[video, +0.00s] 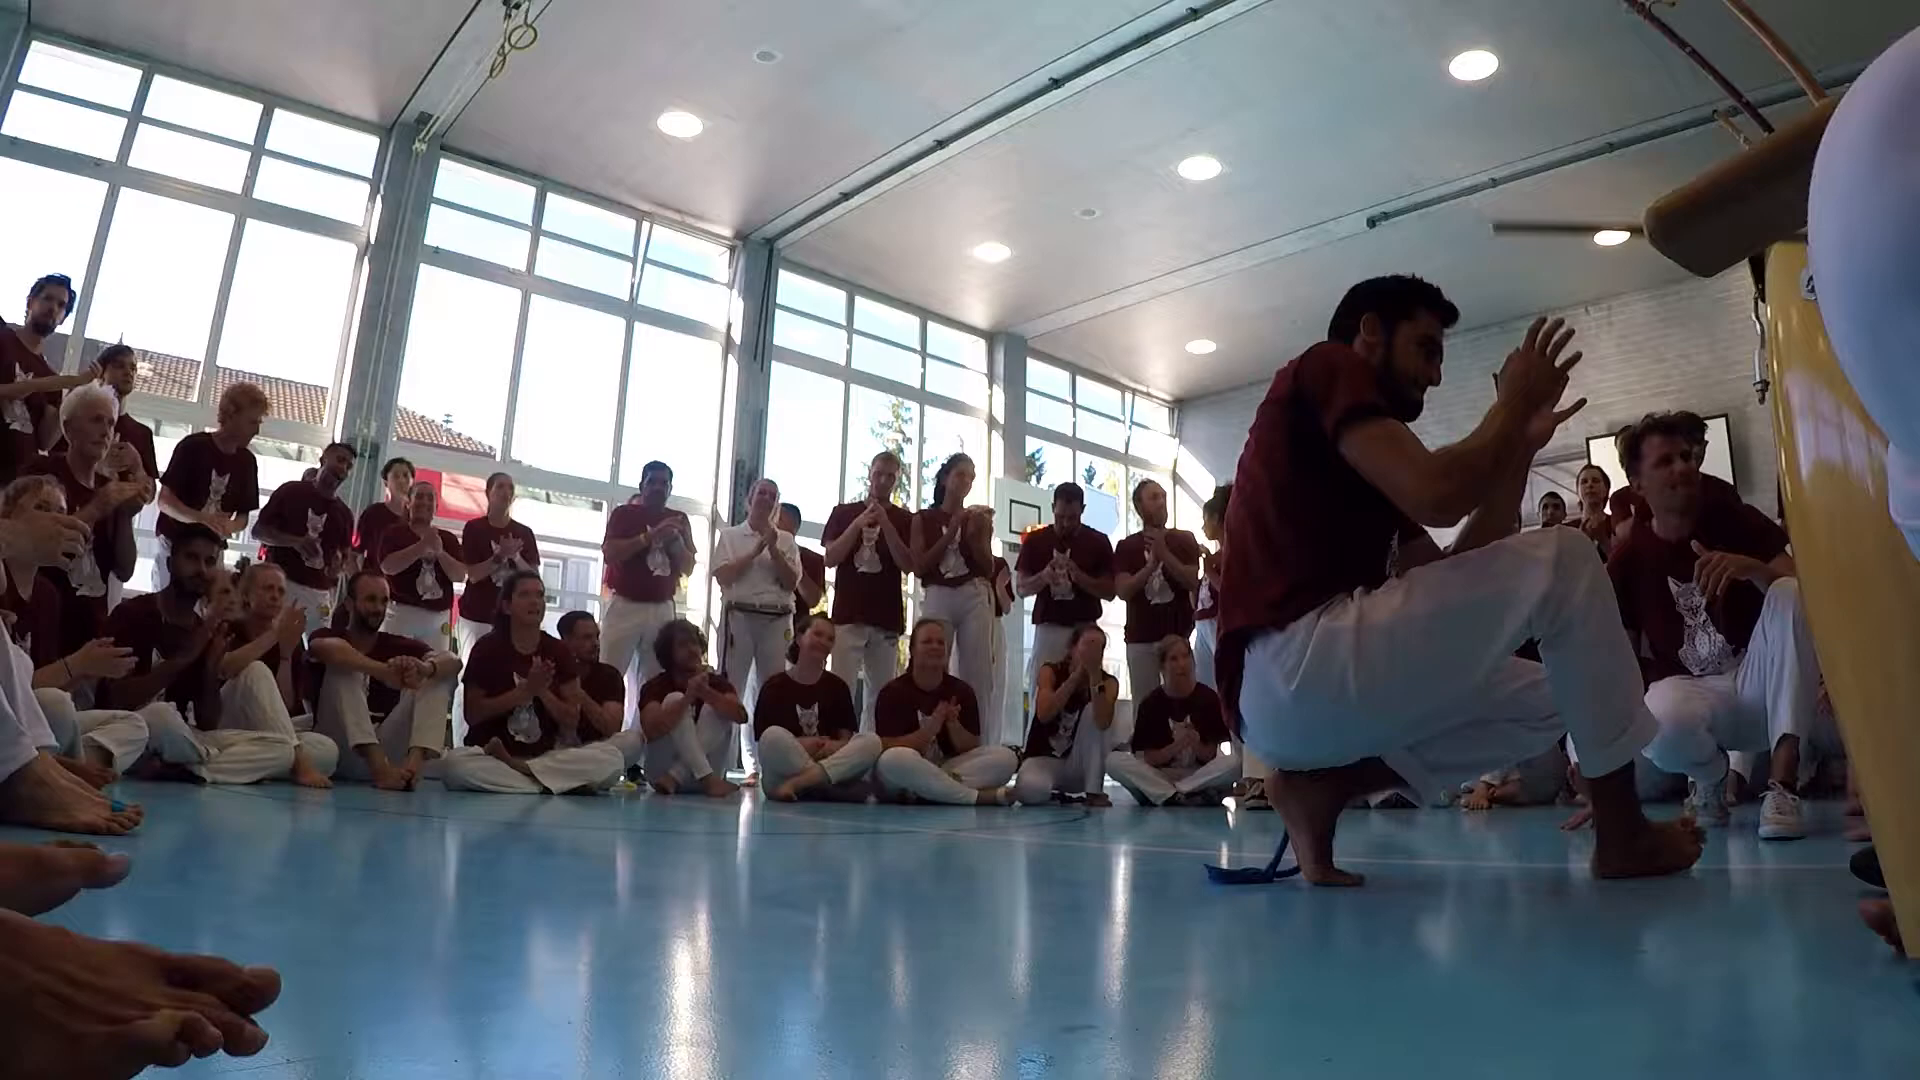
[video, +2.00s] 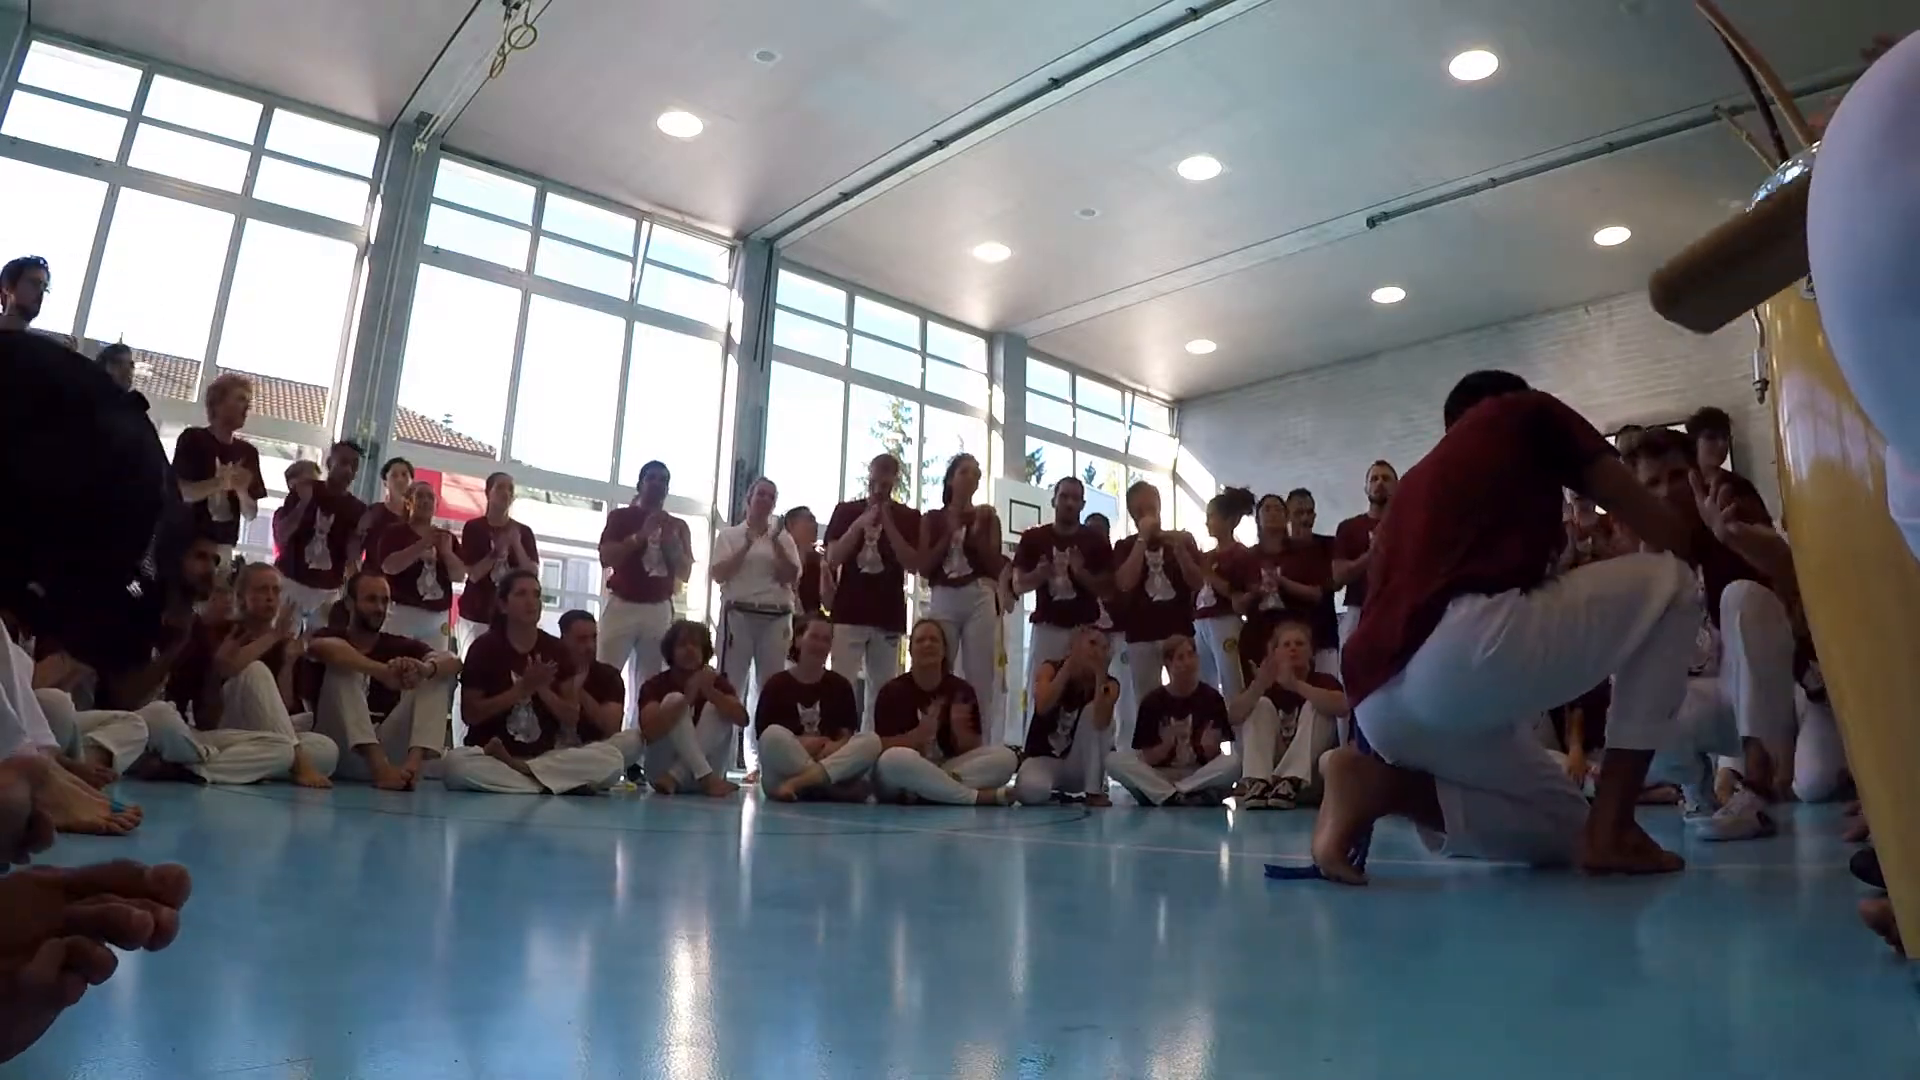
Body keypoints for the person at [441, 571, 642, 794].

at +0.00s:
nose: (535, 602)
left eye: (540, 596)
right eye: (525, 596)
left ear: (546, 603)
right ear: (506, 605)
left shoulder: (559, 649)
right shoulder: (486, 648)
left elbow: (572, 719)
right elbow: (473, 713)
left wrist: (541, 691)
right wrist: (526, 692)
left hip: (547, 756)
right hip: (490, 755)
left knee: (612, 759)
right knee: (454, 766)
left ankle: (523, 766)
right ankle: (549, 786)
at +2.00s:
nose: (531, 601)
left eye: (536, 595)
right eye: (521, 595)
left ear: (542, 602)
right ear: (503, 604)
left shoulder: (558, 648)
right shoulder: (483, 647)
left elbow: (572, 717)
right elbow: (470, 714)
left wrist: (541, 689)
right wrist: (522, 689)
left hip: (546, 756)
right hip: (491, 756)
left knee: (612, 759)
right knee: (455, 765)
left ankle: (523, 766)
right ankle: (549, 786)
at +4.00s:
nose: (531, 601)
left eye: (536, 595)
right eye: (521, 594)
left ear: (542, 601)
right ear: (502, 604)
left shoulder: (556, 649)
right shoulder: (483, 647)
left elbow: (570, 716)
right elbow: (470, 715)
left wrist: (539, 689)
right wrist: (521, 690)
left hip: (546, 756)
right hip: (489, 755)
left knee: (612, 759)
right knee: (455, 766)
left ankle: (524, 766)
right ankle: (549, 786)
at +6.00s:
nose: (529, 604)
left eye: (534, 597)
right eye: (520, 597)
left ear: (540, 603)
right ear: (501, 605)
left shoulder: (556, 648)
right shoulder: (481, 649)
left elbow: (569, 717)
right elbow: (469, 717)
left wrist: (537, 689)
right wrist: (521, 691)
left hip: (545, 755)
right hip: (488, 754)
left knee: (612, 758)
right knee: (454, 766)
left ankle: (522, 766)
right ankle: (547, 786)